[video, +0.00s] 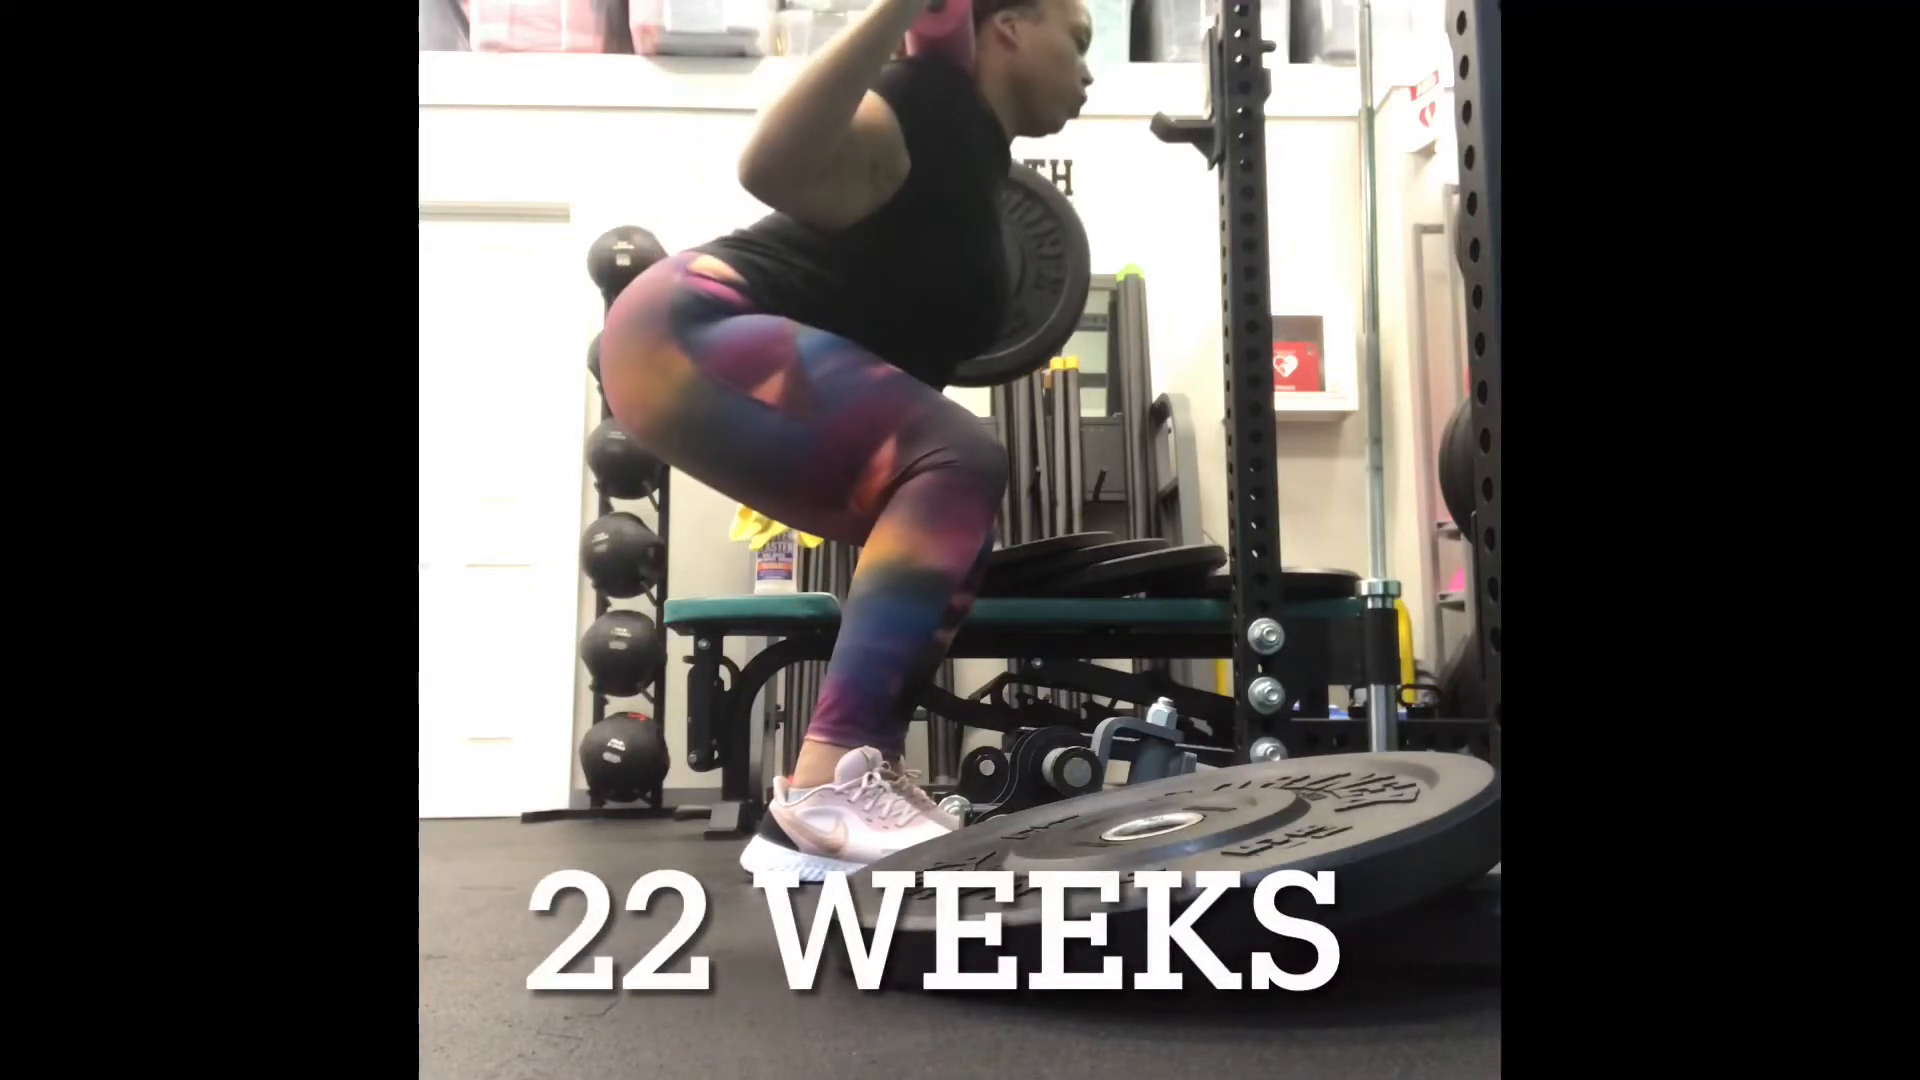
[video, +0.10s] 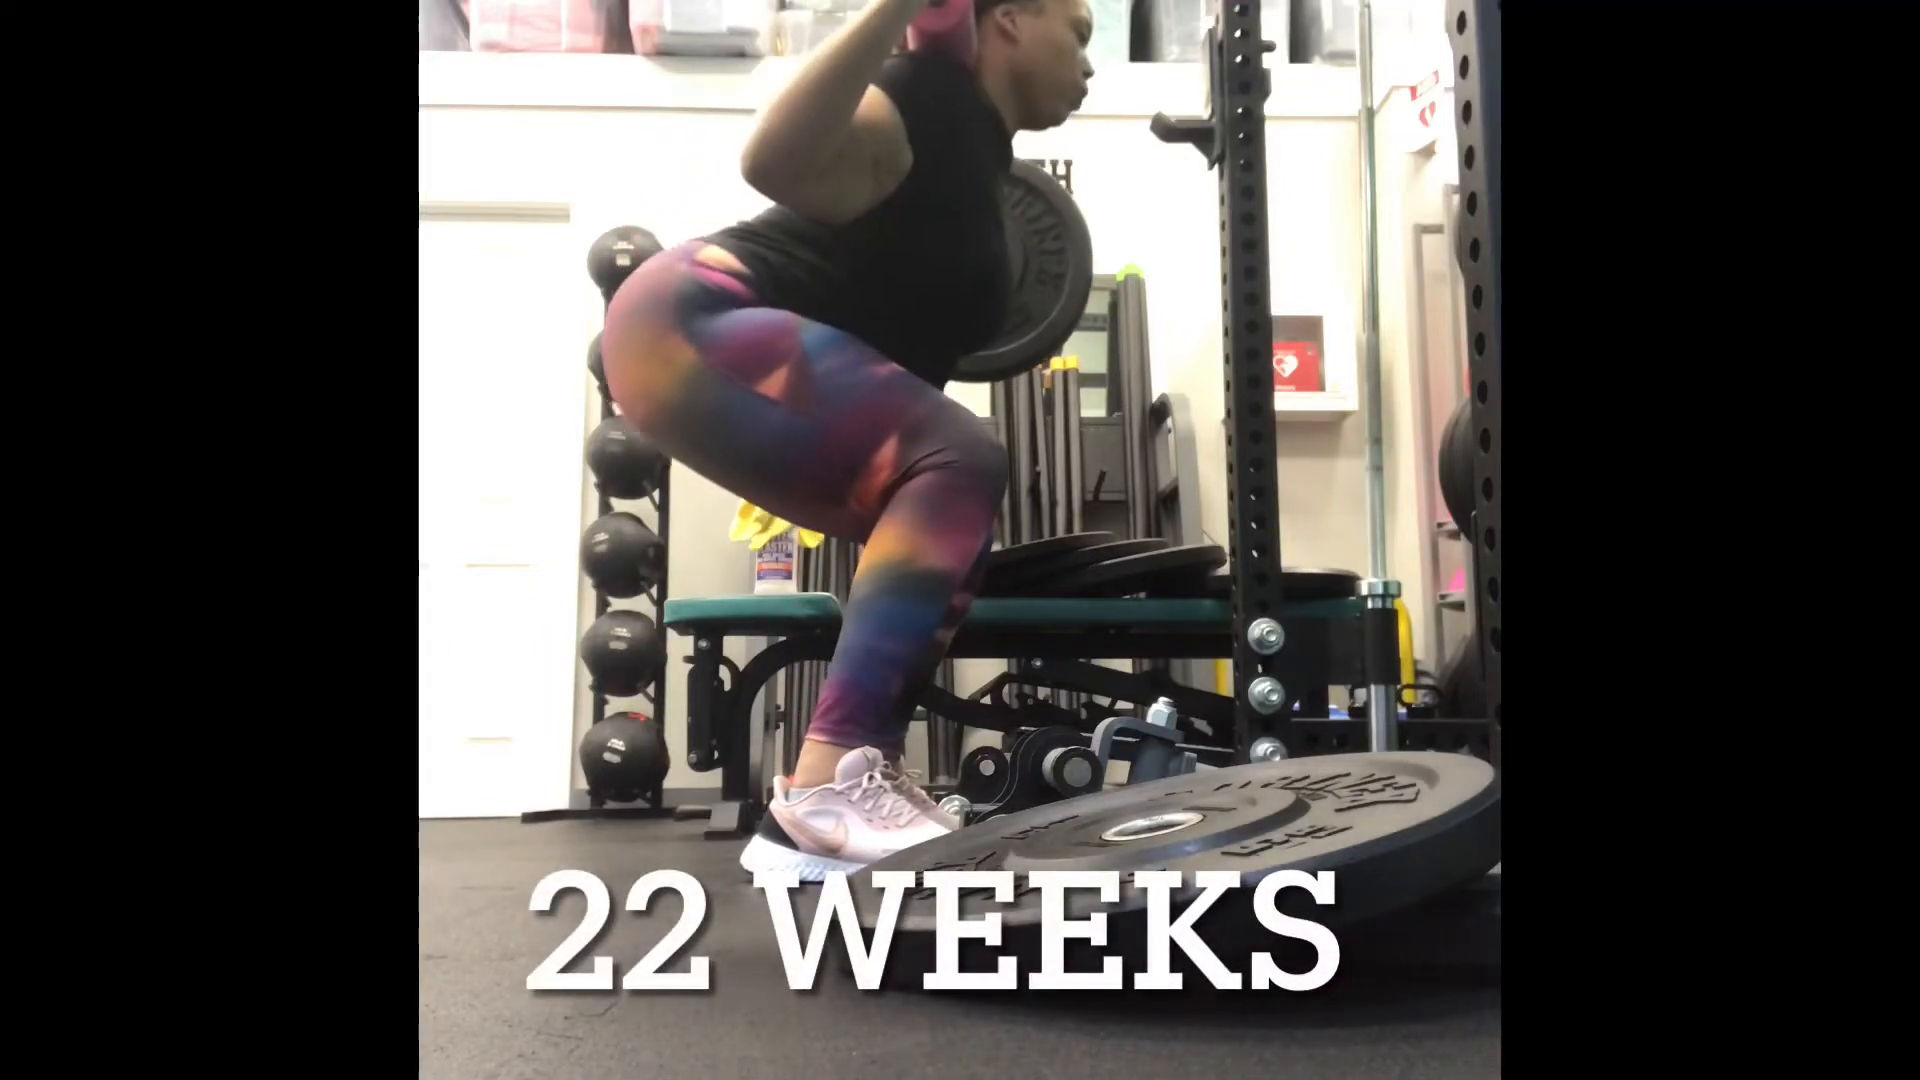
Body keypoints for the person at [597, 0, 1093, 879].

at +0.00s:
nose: (1088, 72)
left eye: (1087, 49)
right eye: (1077, 38)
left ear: (1014, 34)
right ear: (1004, 26)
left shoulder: (967, 169)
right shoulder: (932, 104)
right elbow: (774, 166)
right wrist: (898, 12)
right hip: (678, 322)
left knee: (948, 490)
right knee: (952, 453)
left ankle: (859, 767)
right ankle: (830, 776)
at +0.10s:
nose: (1088, 65)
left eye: (1087, 41)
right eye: (1077, 33)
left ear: (1014, 29)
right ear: (1006, 23)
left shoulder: (968, 158)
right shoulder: (932, 102)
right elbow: (777, 159)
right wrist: (897, 11)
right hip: (681, 315)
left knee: (945, 495)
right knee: (953, 453)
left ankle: (860, 766)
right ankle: (830, 776)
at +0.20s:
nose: (1088, 48)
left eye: (1086, 24)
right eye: (1074, 18)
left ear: (1009, 19)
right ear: (1001, 11)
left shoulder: (967, 137)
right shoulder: (934, 84)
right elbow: (779, 144)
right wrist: (886, 6)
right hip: (689, 298)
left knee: (944, 489)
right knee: (953, 452)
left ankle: (854, 768)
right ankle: (830, 777)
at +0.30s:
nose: (1086, 31)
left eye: (1083, 10)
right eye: (1072, 6)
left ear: (1008, 11)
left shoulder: (968, 109)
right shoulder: (932, 57)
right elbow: (775, 123)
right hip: (701, 280)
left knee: (935, 498)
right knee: (950, 455)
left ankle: (855, 769)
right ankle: (829, 778)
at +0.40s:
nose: (1084, 16)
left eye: (1084, 2)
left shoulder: (968, 109)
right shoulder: (925, 36)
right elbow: (770, 99)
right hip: (703, 256)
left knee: (933, 493)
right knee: (944, 450)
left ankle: (853, 768)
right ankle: (830, 774)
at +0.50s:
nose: (1076, 3)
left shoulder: (969, 94)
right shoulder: (934, 22)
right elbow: (769, 74)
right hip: (707, 243)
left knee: (928, 492)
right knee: (936, 446)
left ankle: (856, 768)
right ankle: (828, 775)